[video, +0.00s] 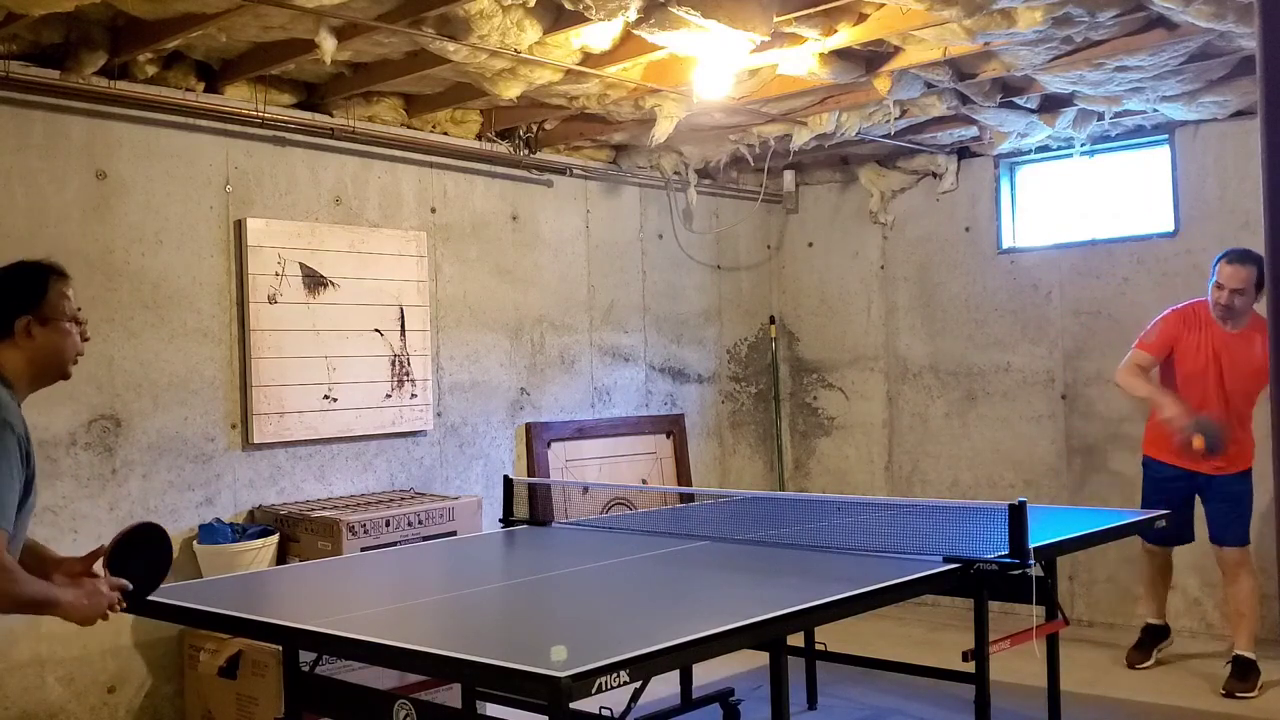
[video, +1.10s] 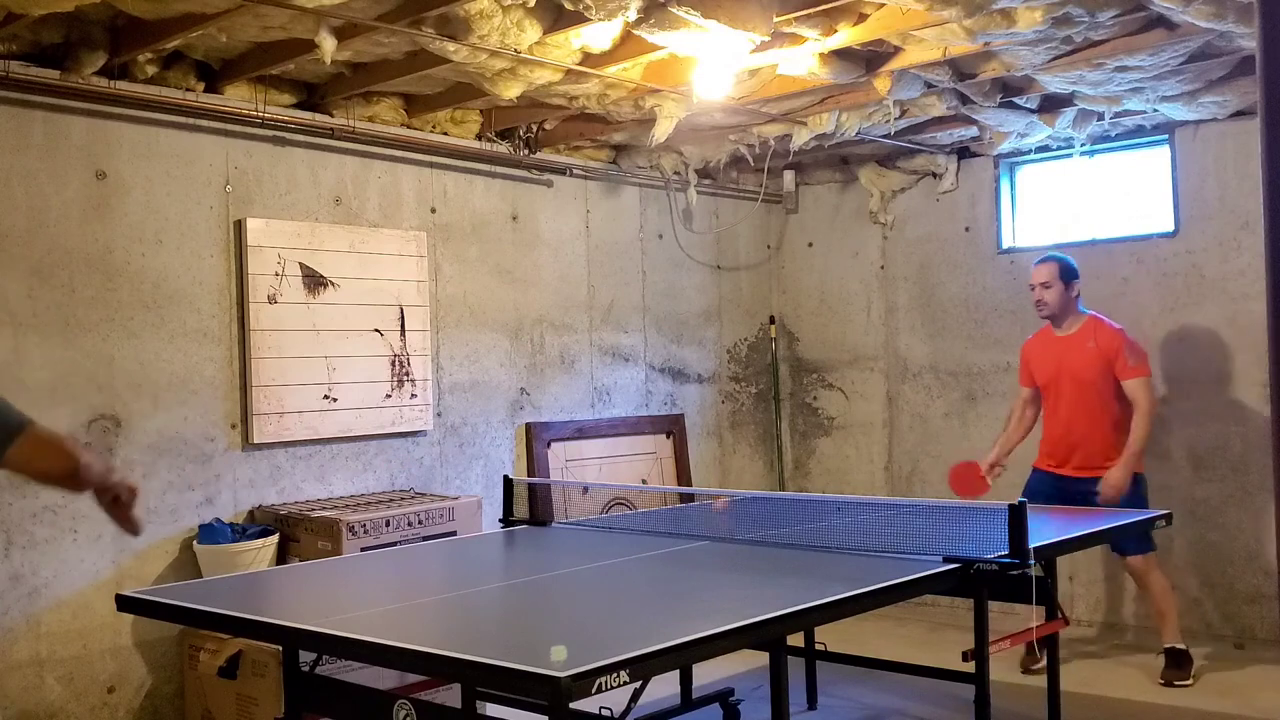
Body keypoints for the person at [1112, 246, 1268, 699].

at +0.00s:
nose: (1225, 299)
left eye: (1238, 292)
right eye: (1220, 288)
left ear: (1256, 294)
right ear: (1211, 282)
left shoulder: (1265, 339)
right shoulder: (1180, 320)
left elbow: (1267, 394)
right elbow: (1127, 372)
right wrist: (1168, 404)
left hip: (1230, 463)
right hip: (1168, 457)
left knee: (1234, 556)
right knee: (1155, 544)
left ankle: (1244, 657)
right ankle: (1155, 626)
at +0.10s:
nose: (1222, 298)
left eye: (1235, 291)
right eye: (1217, 287)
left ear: (1256, 294)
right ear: (1210, 283)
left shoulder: (1266, 342)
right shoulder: (1180, 322)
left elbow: (1271, 398)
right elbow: (1119, 368)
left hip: (1226, 461)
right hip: (1164, 454)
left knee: (1232, 556)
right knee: (1147, 543)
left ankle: (1244, 656)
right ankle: (1144, 618)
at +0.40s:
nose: (1173, 288)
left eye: (1185, 282)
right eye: (1169, 279)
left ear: (1209, 287)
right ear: (1163, 280)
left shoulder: (1232, 345)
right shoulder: (1137, 326)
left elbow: (1256, 414)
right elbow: (1086, 372)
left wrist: (1271, 462)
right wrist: (1042, 419)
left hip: (1195, 470)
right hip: (1130, 461)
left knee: (1211, 561)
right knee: (1101, 547)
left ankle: (1241, 657)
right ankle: (1079, 628)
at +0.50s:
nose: (1145, 291)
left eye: (1156, 284)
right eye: (1140, 282)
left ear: (1181, 289)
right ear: (1134, 284)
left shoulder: (1205, 346)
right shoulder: (1113, 334)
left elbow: (1226, 417)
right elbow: (1075, 385)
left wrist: (1236, 489)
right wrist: (1039, 437)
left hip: (1177, 477)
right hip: (1112, 470)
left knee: (1200, 563)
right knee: (1083, 555)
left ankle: (1240, 659)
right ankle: (1056, 641)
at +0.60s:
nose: (1113, 292)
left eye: (1124, 285)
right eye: (1109, 284)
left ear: (1149, 291)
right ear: (1103, 287)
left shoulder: (1173, 347)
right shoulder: (1086, 340)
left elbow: (1196, 417)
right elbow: (1057, 398)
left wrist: (1194, 485)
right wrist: (1030, 455)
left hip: (1154, 483)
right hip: (1089, 478)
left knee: (1188, 565)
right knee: (1067, 559)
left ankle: (1236, 658)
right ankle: (1054, 642)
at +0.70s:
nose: (1086, 290)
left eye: (1096, 282)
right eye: (1081, 282)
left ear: (1121, 287)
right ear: (1077, 285)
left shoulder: (1149, 344)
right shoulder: (1064, 339)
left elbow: (1173, 414)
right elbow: (1042, 400)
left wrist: (1154, 467)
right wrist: (1020, 457)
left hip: (1134, 480)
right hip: (1072, 477)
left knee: (1173, 563)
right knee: (1056, 557)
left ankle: (1226, 655)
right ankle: (1054, 643)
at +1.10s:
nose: (1037, 296)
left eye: (1046, 287)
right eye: (1032, 289)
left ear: (1072, 289)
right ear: (1032, 293)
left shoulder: (1111, 339)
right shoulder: (1034, 348)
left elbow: (1144, 404)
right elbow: (1027, 407)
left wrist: (1125, 466)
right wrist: (999, 452)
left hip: (1111, 476)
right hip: (1051, 475)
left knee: (1139, 562)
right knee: (1025, 551)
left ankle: (1175, 647)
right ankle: (1044, 628)